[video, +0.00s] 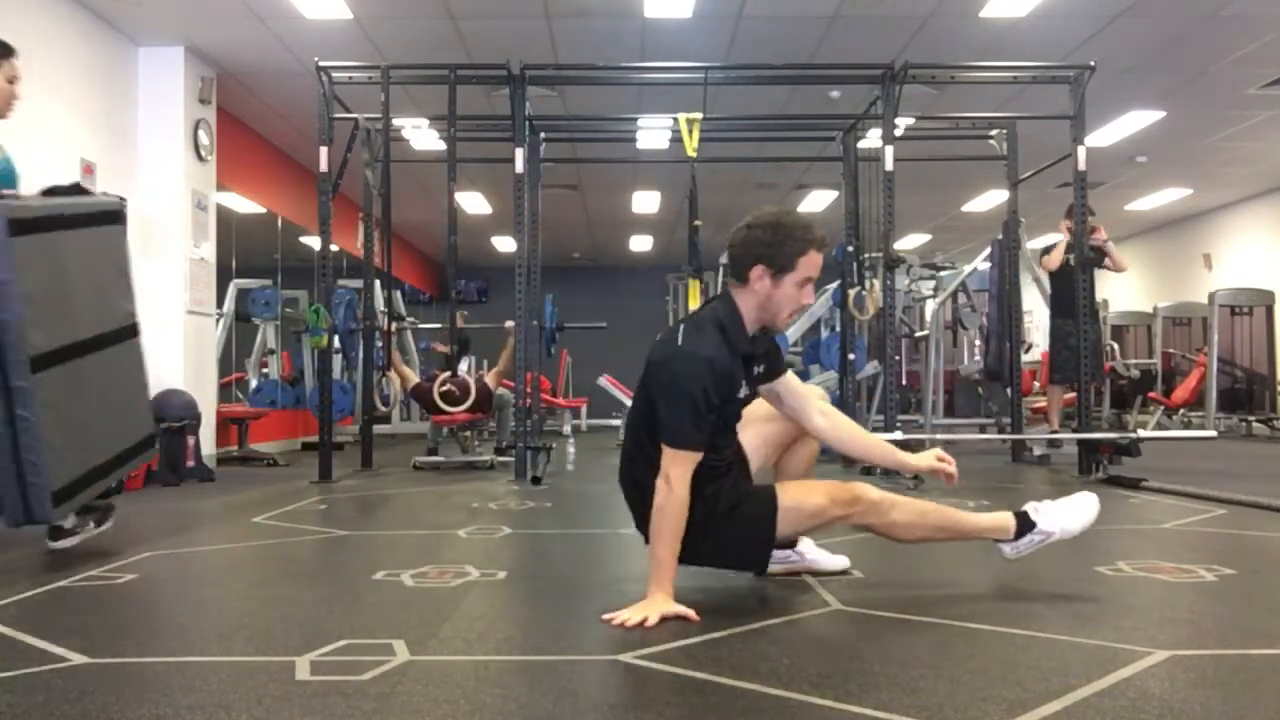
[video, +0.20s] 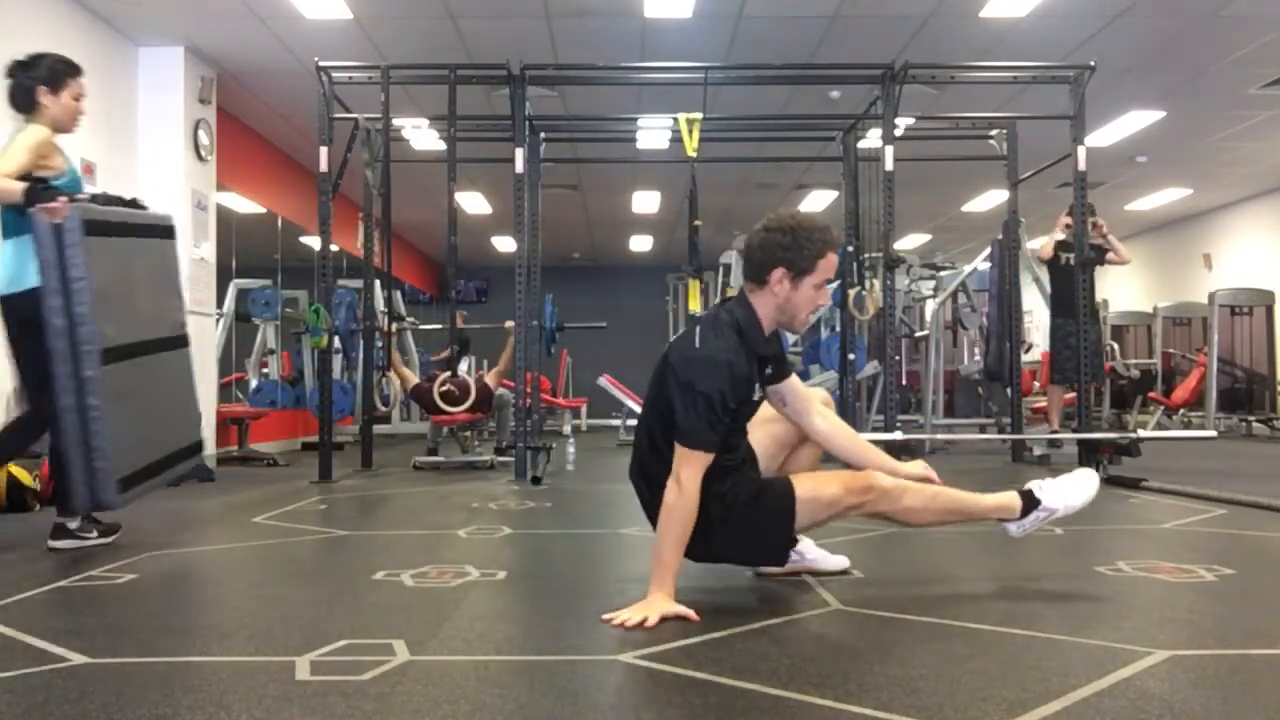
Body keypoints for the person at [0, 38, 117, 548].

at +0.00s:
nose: (15, 92)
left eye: (16, 81)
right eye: (10, 81)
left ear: (16, 85)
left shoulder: (8, 160)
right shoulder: (5, 160)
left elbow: (18, 211)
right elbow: (15, 212)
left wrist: (68, 195)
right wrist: (70, 196)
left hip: (15, 298)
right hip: (9, 300)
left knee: (25, 396)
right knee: (27, 396)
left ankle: (59, 509)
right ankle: (56, 515)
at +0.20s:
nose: (83, 106)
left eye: (84, 97)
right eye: (77, 96)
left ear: (46, 98)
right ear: (46, 96)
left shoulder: (44, 142)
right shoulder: (37, 138)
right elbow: (4, 181)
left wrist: (72, 182)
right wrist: (34, 196)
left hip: (33, 288)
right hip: (31, 288)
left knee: (51, 403)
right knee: (56, 402)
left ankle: (72, 514)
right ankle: (70, 517)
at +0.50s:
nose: (138, 127)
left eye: (139, 118)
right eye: (133, 117)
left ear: (104, 115)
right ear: (106, 114)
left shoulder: (104, 158)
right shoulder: (97, 149)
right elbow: (52, 193)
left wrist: (131, 209)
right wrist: (102, 205)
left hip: (101, 294)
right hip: (94, 294)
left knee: (122, 396)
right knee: (108, 397)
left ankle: (136, 500)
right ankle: (72, 515)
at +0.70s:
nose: (181, 146)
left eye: (183, 138)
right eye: (177, 136)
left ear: (150, 136)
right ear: (152, 134)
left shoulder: (152, 176)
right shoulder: (145, 169)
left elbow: (122, 221)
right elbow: (104, 211)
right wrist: (146, 220)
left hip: (149, 304)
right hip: (148, 305)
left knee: (164, 407)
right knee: (167, 407)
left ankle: (182, 503)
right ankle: (106, 486)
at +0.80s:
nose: (204, 152)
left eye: (205, 143)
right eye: (200, 141)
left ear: (177, 139)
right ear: (173, 137)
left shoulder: (174, 179)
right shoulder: (163, 172)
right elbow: (120, 214)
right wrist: (158, 226)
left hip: (168, 299)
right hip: (162, 300)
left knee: (170, 393)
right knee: (173, 390)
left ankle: (179, 499)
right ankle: (153, 475)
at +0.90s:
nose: (224, 152)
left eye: (225, 144)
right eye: (220, 143)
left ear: (199, 142)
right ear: (195, 139)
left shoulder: (197, 183)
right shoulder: (180, 175)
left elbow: (214, 235)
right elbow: (136, 215)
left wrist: (267, 222)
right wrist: (170, 228)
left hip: (194, 304)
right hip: (176, 305)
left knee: (190, 396)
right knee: (182, 396)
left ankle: (189, 495)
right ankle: (181, 495)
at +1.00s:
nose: (244, 157)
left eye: (245, 150)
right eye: (240, 148)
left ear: (217, 147)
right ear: (216, 145)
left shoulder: (215, 189)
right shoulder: (199, 181)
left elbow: (234, 230)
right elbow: (154, 220)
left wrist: (280, 225)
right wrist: (186, 236)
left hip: (216, 308)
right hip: (194, 309)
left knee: (238, 396)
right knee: (190, 400)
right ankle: (182, 497)